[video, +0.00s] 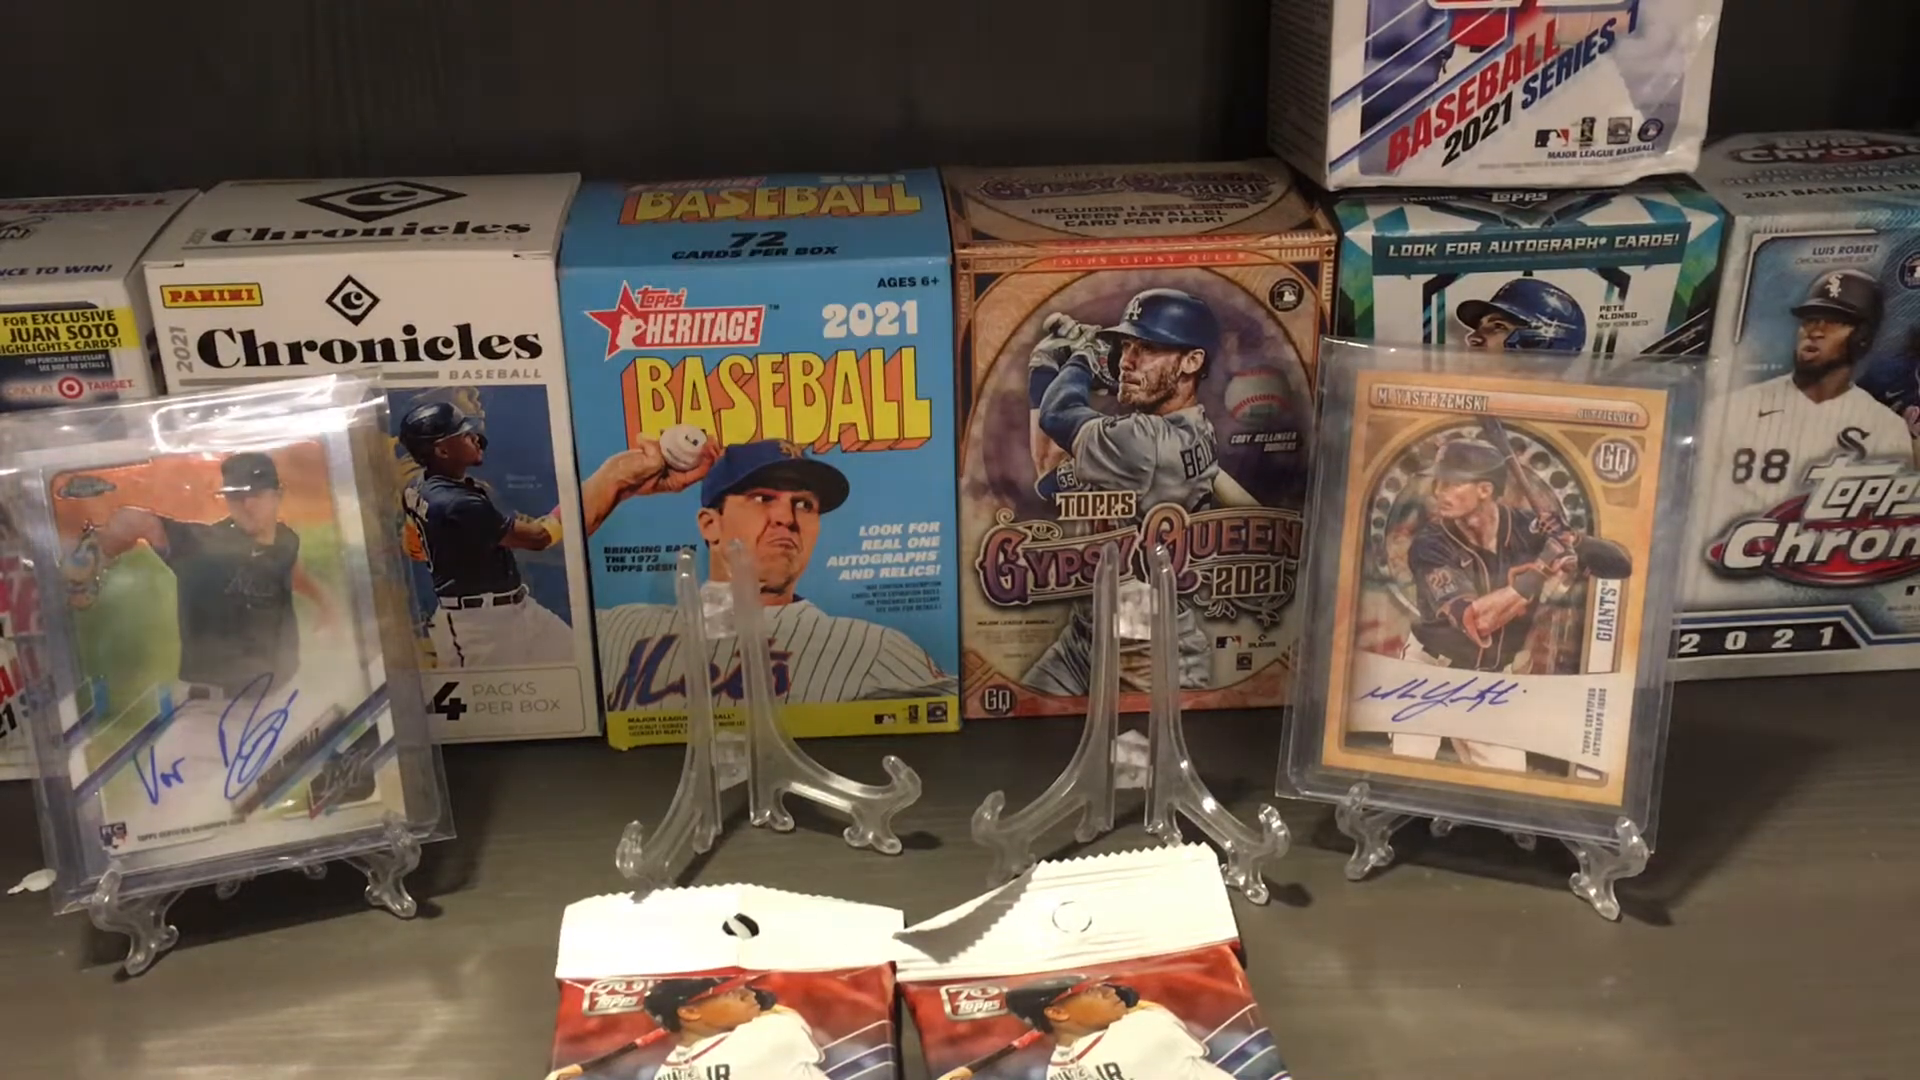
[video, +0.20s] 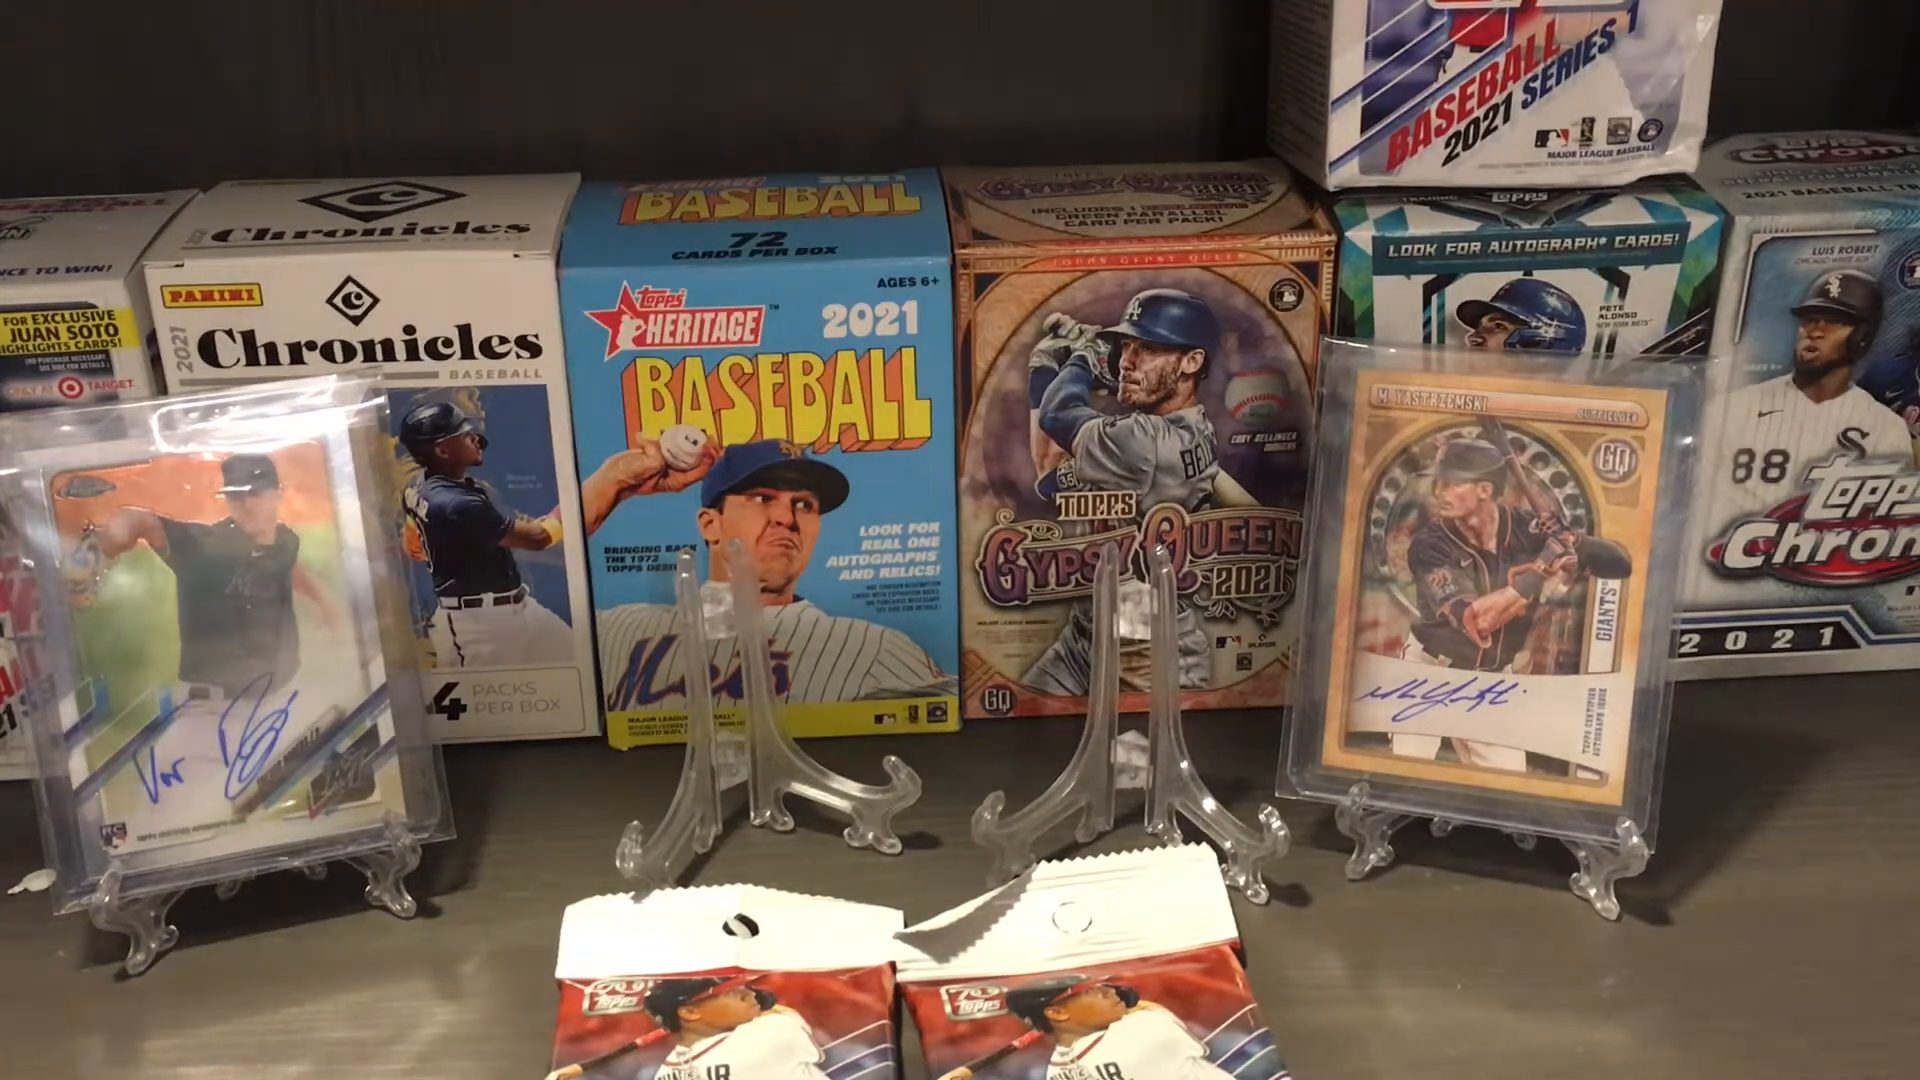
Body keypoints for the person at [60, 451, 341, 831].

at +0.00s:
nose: (246, 505)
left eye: (255, 494)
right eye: (236, 496)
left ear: (277, 495)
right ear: (227, 500)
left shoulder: (287, 542)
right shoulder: (198, 542)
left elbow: (289, 572)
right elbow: (134, 519)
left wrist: (324, 600)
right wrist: (95, 552)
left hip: (279, 701)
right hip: (210, 707)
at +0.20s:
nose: (246, 504)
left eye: (256, 493)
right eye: (236, 495)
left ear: (277, 496)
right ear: (227, 500)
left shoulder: (286, 543)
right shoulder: (199, 544)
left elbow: (289, 570)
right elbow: (135, 519)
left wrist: (322, 600)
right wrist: (105, 545)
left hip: (279, 700)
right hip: (215, 705)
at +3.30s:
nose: (251, 506)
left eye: (258, 496)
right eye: (241, 498)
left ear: (276, 495)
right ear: (230, 501)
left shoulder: (285, 541)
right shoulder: (200, 543)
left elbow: (292, 569)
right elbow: (139, 521)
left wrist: (321, 598)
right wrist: (98, 546)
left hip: (275, 688)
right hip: (213, 694)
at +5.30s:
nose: (247, 506)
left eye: (256, 495)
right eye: (237, 497)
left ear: (275, 495)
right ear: (227, 501)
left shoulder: (286, 540)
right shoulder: (202, 543)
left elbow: (292, 569)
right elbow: (141, 522)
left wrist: (324, 603)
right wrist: (102, 546)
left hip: (276, 685)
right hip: (214, 692)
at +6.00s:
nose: (247, 506)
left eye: (256, 495)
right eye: (237, 497)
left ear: (276, 495)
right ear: (226, 499)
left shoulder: (286, 541)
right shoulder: (201, 541)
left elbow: (291, 569)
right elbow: (134, 517)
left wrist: (323, 601)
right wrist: (116, 539)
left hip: (276, 683)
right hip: (214, 690)